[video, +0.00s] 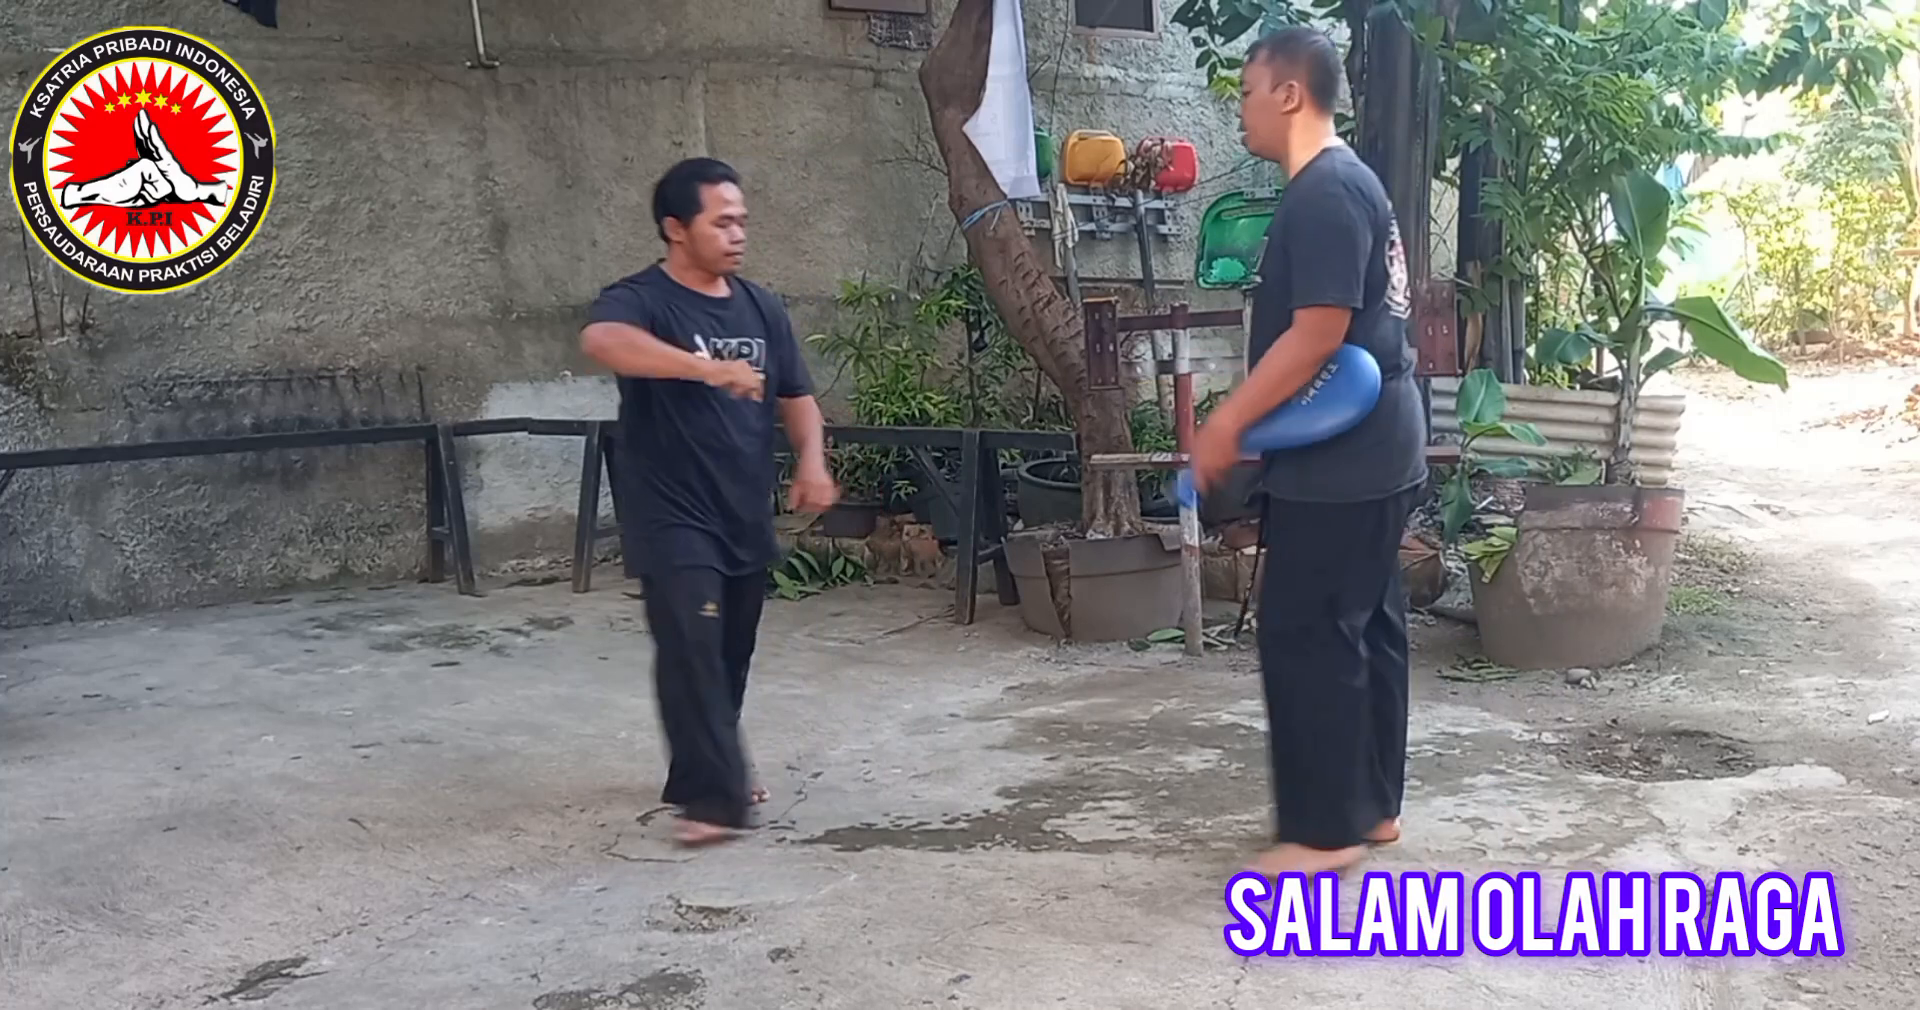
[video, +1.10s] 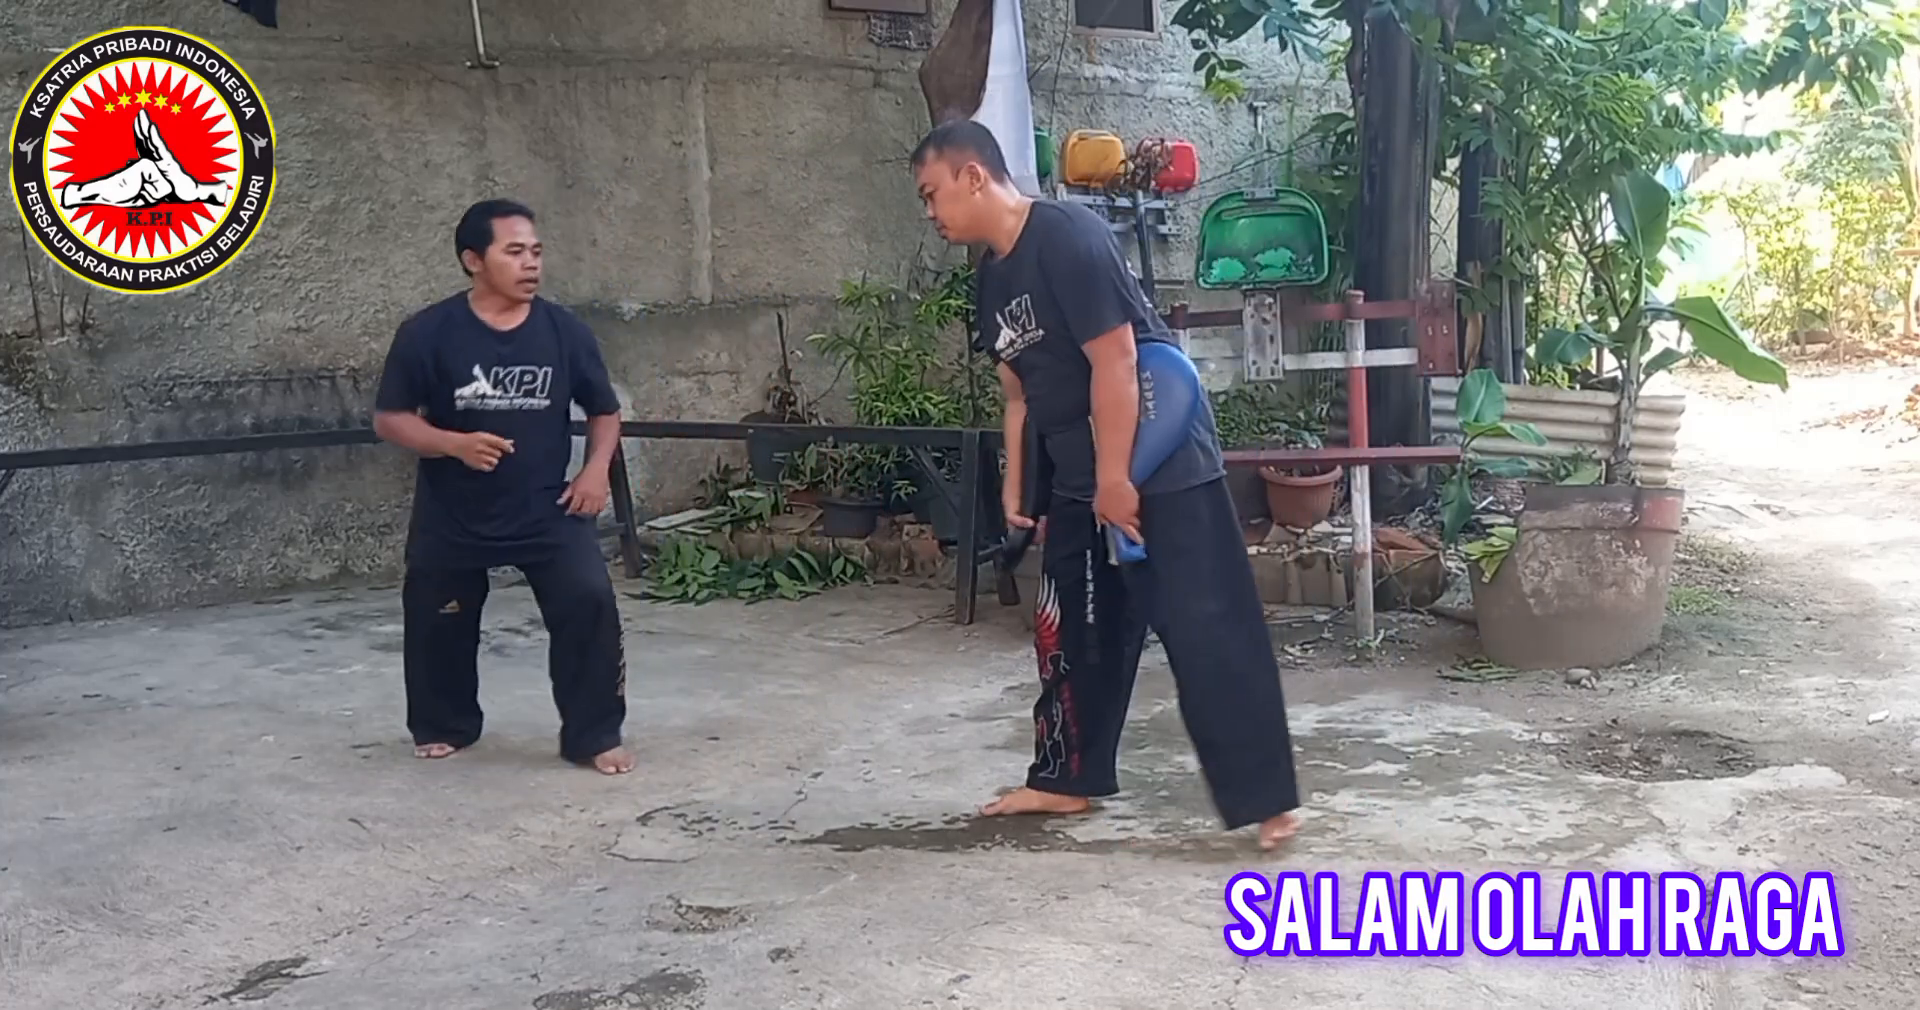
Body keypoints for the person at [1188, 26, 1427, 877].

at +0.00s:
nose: (1241, 111)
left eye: (1247, 93)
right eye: (1243, 94)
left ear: (1288, 92)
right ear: (1307, 95)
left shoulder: (1322, 189)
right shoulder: (1350, 178)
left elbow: (1319, 331)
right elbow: (1341, 330)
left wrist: (1227, 421)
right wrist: (1245, 418)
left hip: (1335, 461)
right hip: (1375, 455)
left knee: (1305, 635)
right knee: (1369, 628)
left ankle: (1322, 836)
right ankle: (1373, 807)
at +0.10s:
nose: (1213, 107)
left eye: (1223, 91)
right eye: (1218, 90)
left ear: (1264, 100)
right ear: (1280, 102)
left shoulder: (1290, 198)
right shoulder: (1321, 187)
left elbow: (1290, 346)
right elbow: (1330, 337)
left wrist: (1257, 465)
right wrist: (1282, 451)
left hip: (1312, 463)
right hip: (1353, 458)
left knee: (1260, 636)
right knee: (1355, 637)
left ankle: (1219, 819)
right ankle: (1364, 805)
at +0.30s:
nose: (1152, 124)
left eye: (1161, 108)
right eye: (1156, 108)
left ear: (1200, 117)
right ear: (1216, 118)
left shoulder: (1229, 212)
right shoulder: (1266, 200)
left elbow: (1226, 363)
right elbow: (1267, 348)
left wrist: (1165, 481)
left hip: (1248, 482)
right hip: (1301, 473)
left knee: (1200, 657)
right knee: (1319, 644)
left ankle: (1161, 822)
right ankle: (1357, 802)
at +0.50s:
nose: (1055, 141)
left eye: (1064, 126)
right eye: (1057, 125)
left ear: (1104, 131)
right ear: (1126, 132)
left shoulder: (1137, 220)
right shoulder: (1180, 201)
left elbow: (1128, 378)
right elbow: (1192, 349)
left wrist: (1062, 476)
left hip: (1178, 468)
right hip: (1223, 458)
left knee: (1158, 645)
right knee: (1199, 624)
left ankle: (1163, 823)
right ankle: (1257, 747)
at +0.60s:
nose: (1025, 148)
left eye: (1034, 132)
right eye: (1026, 132)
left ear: (1075, 136)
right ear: (1087, 136)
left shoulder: (1117, 223)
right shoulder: (1135, 204)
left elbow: (1114, 378)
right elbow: (1135, 358)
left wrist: (1038, 466)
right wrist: (1087, 444)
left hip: (1167, 467)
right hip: (1169, 461)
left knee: (1155, 643)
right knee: (1143, 634)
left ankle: (1163, 825)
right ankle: (1151, 793)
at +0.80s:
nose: (980, 161)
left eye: (989, 145)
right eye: (980, 146)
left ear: (1038, 147)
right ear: (1032, 150)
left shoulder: (1101, 226)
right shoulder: (1039, 241)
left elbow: (1107, 368)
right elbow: (1072, 364)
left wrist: (1009, 439)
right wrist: (1049, 451)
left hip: (1156, 458)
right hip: (1097, 460)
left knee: (1154, 640)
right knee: (1088, 626)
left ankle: (1160, 823)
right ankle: (1064, 777)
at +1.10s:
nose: (930, 217)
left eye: (931, 198)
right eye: (925, 203)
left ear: (975, 177)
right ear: (965, 184)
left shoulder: (1067, 233)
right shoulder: (991, 278)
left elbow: (1115, 358)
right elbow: (1016, 392)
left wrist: (1114, 476)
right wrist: (1014, 486)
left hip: (1162, 465)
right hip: (1080, 480)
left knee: (1210, 630)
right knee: (1078, 627)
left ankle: (1269, 796)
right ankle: (1067, 779)